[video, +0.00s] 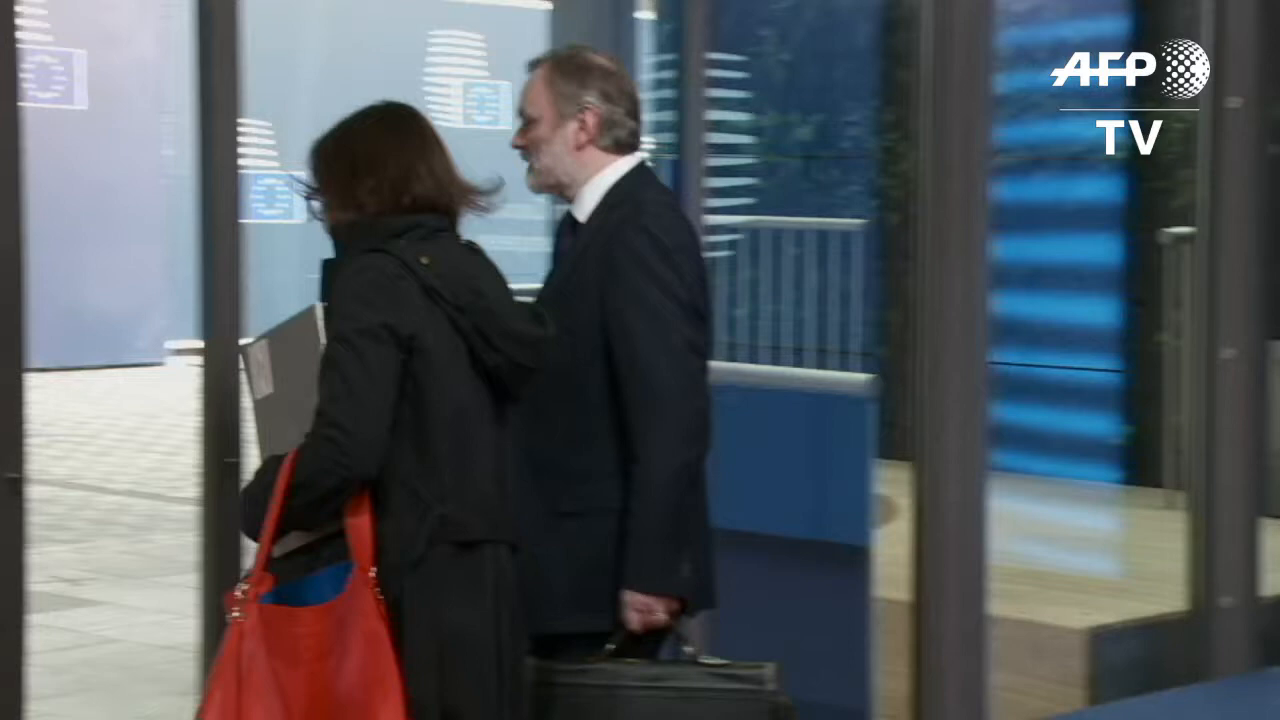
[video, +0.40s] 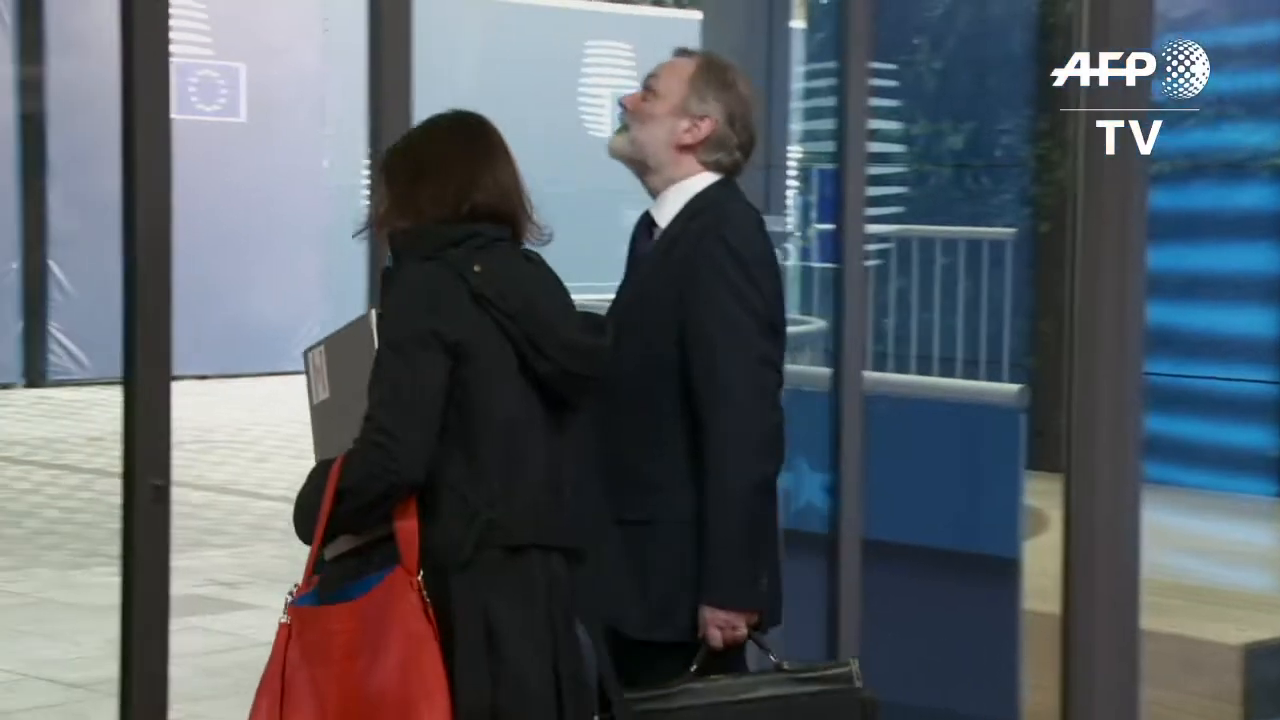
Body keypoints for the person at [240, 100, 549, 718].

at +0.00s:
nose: (323, 210)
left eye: (328, 192)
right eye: (321, 193)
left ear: (360, 189)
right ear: (427, 178)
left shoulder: (369, 276)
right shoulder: (470, 269)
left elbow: (351, 445)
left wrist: (265, 500)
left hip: (415, 588)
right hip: (483, 576)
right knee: (478, 703)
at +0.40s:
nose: (383, 212)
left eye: (389, 192)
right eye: (383, 192)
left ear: (418, 193)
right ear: (496, 186)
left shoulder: (424, 282)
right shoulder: (535, 281)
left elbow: (399, 452)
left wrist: (319, 497)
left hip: (474, 587)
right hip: (550, 576)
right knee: (548, 701)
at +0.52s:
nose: (405, 211)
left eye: (412, 194)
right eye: (406, 193)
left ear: (436, 195)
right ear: (513, 188)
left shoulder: (436, 284)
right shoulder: (551, 284)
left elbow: (407, 452)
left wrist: (333, 503)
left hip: (490, 590)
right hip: (574, 579)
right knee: (575, 702)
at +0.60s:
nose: (412, 213)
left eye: (419, 195)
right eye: (414, 194)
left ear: (443, 196)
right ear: (524, 190)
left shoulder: (444, 289)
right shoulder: (561, 288)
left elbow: (410, 456)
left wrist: (340, 507)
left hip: (493, 595)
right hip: (579, 585)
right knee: (579, 703)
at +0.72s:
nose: (427, 212)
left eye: (434, 194)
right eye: (429, 194)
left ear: (454, 196)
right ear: (538, 191)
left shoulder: (455, 289)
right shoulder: (577, 289)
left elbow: (418, 456)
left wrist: (355, 513)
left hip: (504, 587)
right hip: (590, 579)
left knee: (512, 704)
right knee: (590, 702)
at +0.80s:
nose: (441, 211)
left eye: (448, 194)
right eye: (444, 193)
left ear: (468, 196)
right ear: (552, 191)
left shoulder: (468, 291)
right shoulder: (589, 289)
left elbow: (431, 459)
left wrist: (373, 515)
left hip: (520, 585)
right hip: (606, 577)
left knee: (527, 705)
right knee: (607, 703)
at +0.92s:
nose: (462, 215)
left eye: (470, 198)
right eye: (467, 197)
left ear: (488, 200)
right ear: (576, 194)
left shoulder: (489, 295)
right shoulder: (614, 294)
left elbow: (449, 464)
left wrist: (396, 518)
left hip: (536, 595)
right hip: (626, 588)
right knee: (625, 705)